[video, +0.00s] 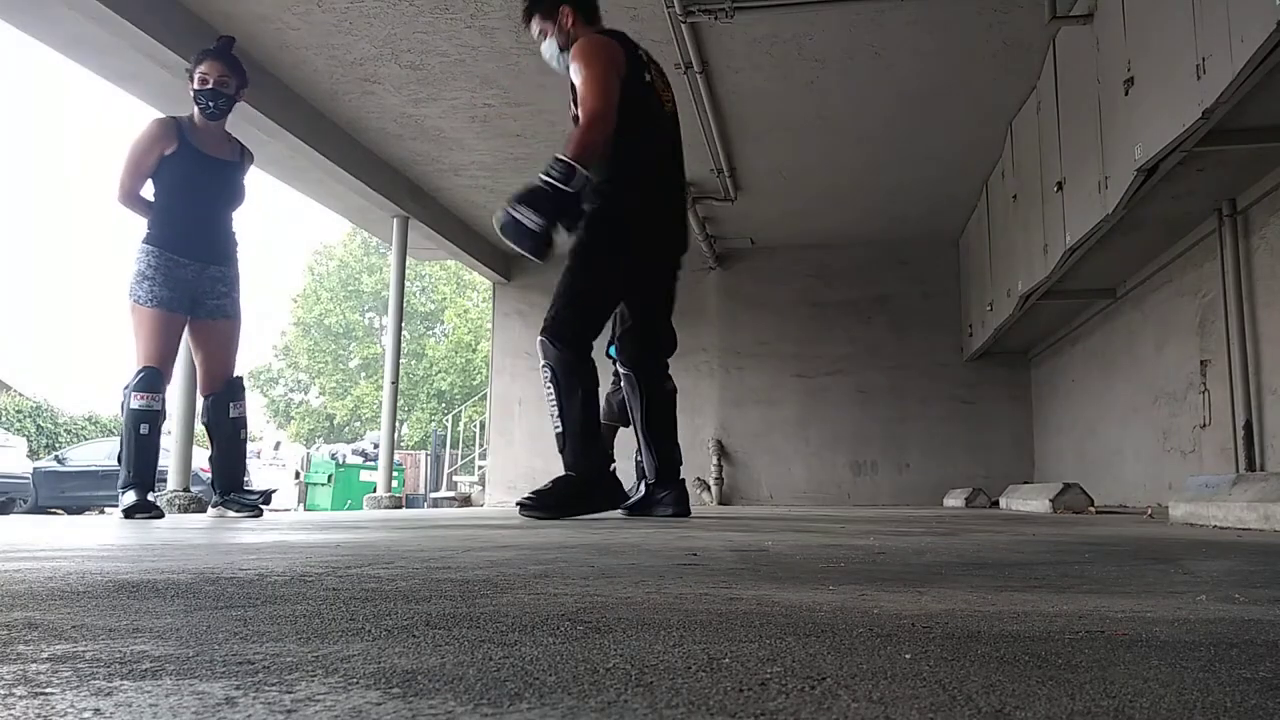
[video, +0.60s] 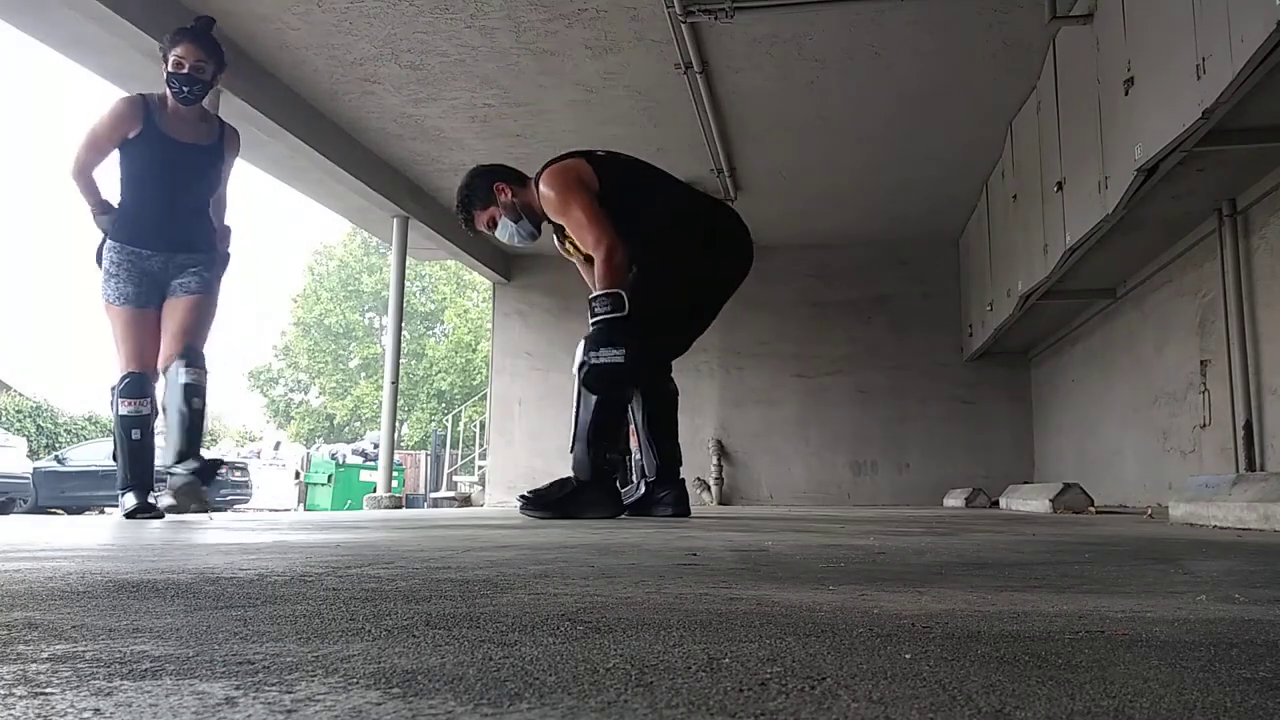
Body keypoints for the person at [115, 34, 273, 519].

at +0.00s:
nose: (212, 89)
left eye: (223, 82)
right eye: (204, 79)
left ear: (239, 92)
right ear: (190, 84)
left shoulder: (241, 154)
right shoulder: (165, 130)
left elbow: (228, 205)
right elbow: (127, 194)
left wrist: (200, 224)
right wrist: (167, 220)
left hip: (219, 271)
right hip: (164, 263)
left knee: (221, 381)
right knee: (152, 374)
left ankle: (228, 487)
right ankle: (137, 489)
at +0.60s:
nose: (186, 73)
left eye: (199, 66)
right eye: (178, 62)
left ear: (216, 75)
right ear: (164, 65)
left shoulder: (226, 138)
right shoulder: (134, 111)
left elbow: (218, 197)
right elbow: (82, 167)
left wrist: (220, 229)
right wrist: (102, 210)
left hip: (197, 258)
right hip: (130, 254)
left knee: (182, 358)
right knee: (138, 373)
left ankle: (183, 467)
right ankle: (137, 492)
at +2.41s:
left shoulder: (154, 34)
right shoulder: (28, 5)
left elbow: (156, 129)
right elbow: (1, 58)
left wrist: (143, 122)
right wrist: (35, 70)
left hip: (104, 181)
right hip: (20, 165)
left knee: (85, 337)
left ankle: (64, 484)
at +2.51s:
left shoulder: (151, 31)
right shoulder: (29, 5)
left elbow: (147, 132)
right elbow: (1, 52)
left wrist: (157, 115)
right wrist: (26, 71)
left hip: (101, 176)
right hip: (20, 158)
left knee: (84, 337)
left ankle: (63, 484)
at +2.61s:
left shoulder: (137, 24)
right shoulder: (27, 6)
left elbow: (137, 120)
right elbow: (2, 47)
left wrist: (151, 104)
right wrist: (29, 64)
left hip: (95, 170)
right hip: (18, 153)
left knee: (83, 333)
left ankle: (65, 485)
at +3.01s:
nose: (71, 13)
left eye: (73, 14)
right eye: (70, 11)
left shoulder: (38, 25)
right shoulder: (25, 13)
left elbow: (20, 99)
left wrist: (84, 98)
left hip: (25, 150)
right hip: (18, 151)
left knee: (89, 317)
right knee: (89, 316)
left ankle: (68, 470)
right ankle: (70, 469)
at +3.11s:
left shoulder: (32, 20)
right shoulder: (21, 10)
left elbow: (36, 73)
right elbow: (14, 15)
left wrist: (94, 73)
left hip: (23, 153)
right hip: (18, 154)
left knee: (86, 307)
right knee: (86, 306)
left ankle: (77, 470)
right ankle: (80, 469)